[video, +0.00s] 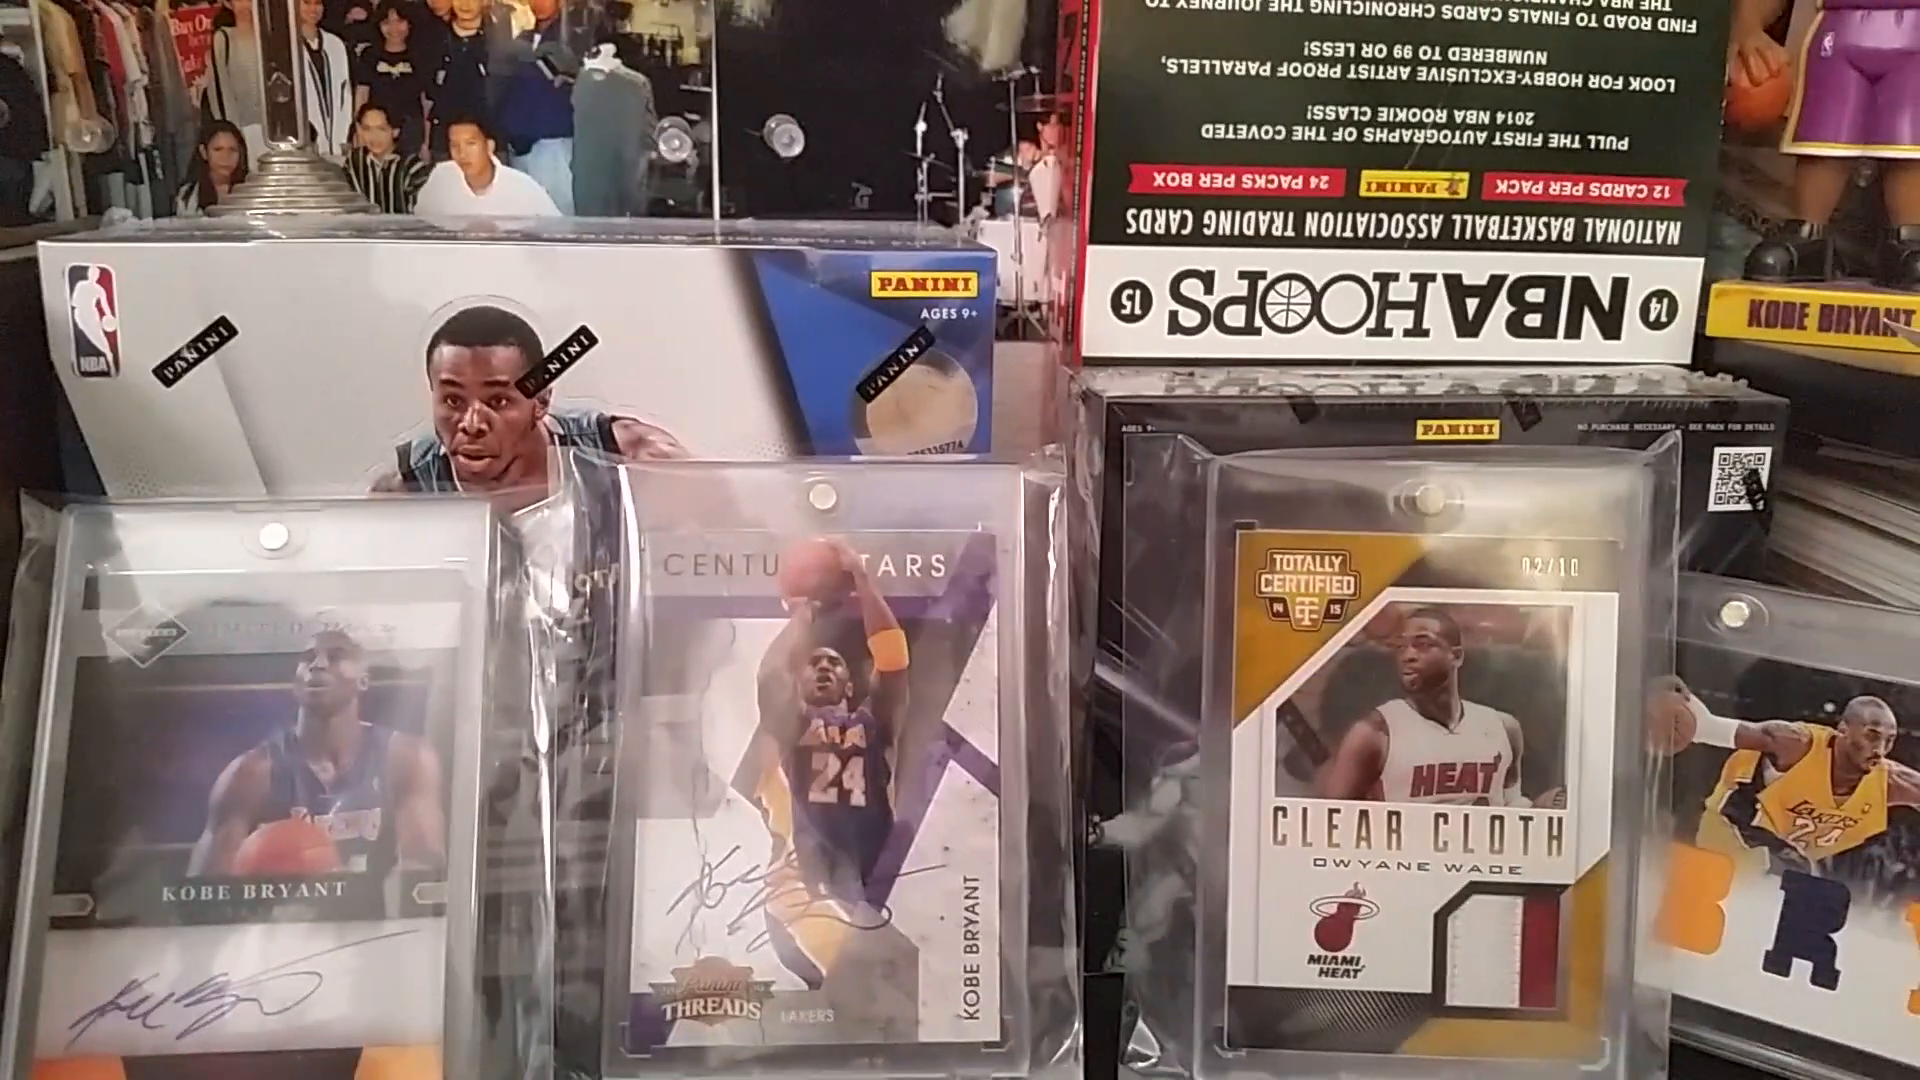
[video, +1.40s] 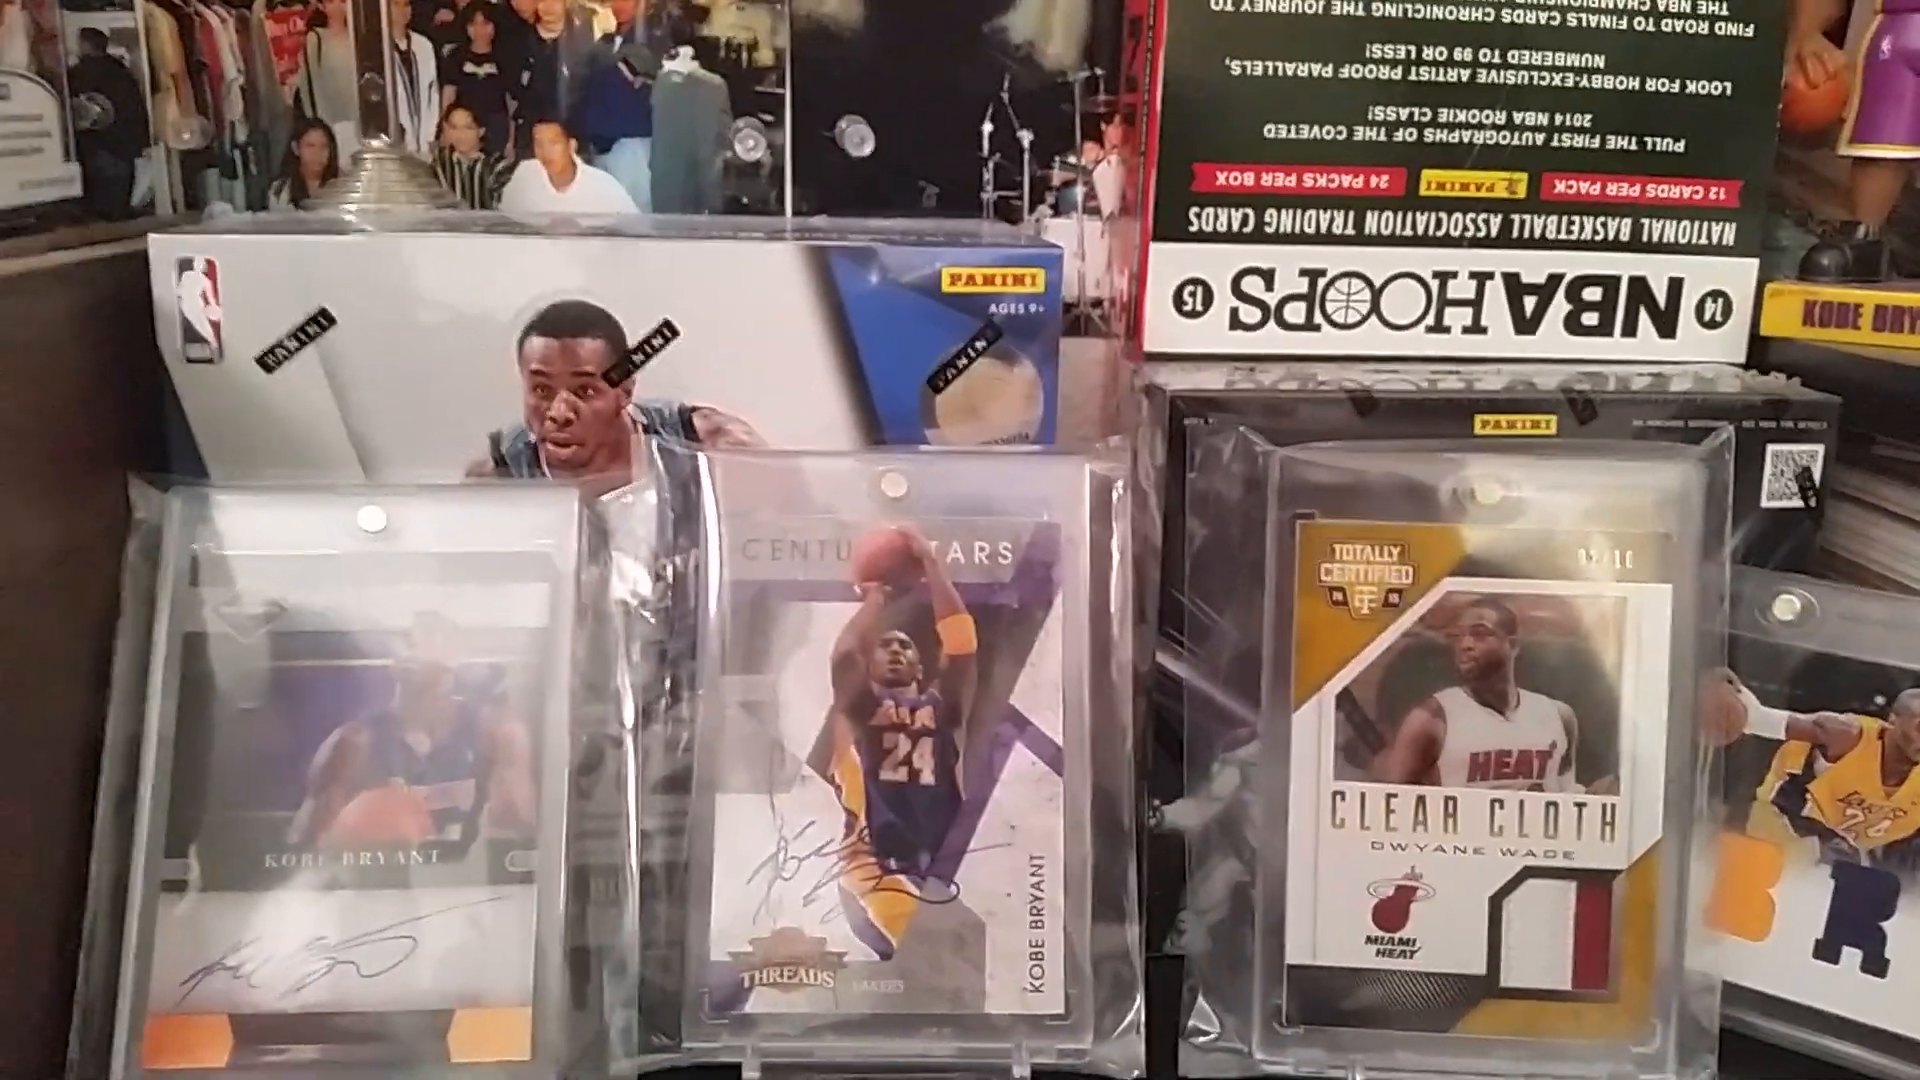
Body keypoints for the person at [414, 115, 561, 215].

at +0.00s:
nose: (462, 154)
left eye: (471, 144)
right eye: (455, 146)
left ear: (490, 147)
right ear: (449, 150)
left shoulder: (522, 186)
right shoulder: (442, 177)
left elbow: (559, 233)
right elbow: (418, 226)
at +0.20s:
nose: (439, 155)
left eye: (447, 145)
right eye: (431, 147)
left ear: (466, 148)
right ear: (426, 152)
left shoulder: (497, 186)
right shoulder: (417, 178)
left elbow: (534, 231)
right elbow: (394, 227)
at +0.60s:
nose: (461, 154)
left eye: (470, 144)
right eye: (453, 146)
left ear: (488, 146)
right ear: (448, 150)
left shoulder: (519, 184)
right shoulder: (441, 176)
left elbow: (556, 229)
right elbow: (418, 224)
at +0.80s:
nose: (479, 154)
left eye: (488, 144)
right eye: (471, 146)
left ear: (506, 146)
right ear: (466, 150)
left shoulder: (536, 184)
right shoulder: (458, 176)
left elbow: (573, 229)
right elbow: (434, 223)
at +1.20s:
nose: (501, 153)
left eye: (509, 143)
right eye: (493, 145)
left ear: (527, 146)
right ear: (488, 148)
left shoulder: (558, 184)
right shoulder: (480, 176)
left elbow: (595, 229)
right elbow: (456, 223)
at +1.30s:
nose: (523, 152)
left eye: (532, 143)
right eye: (516, 144)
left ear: (551, 146)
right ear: (511, 150)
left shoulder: (581, 183)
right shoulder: (503, 174)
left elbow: (616, 227)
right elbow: (480, 222)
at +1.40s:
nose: (545, 152)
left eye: (554, 143)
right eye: (538, 144)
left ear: (572, 146)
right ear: (533, 147)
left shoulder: (602, 184)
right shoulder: (525, 174)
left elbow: (636, 228)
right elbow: (503, 222)